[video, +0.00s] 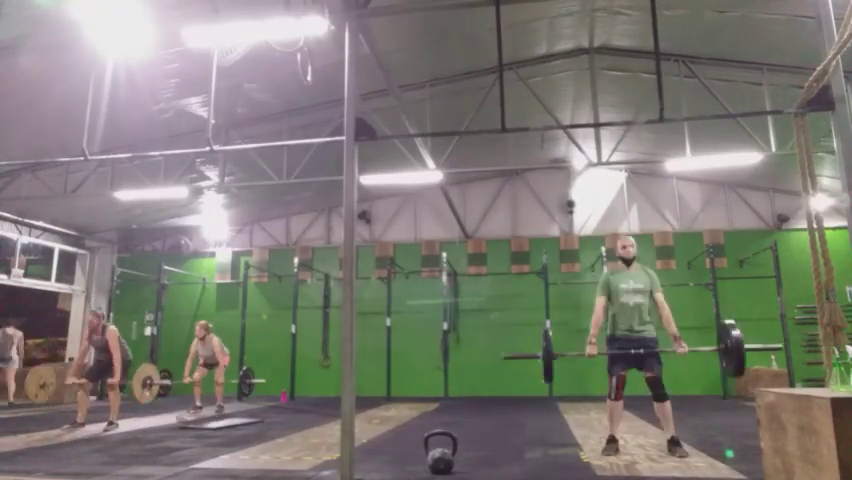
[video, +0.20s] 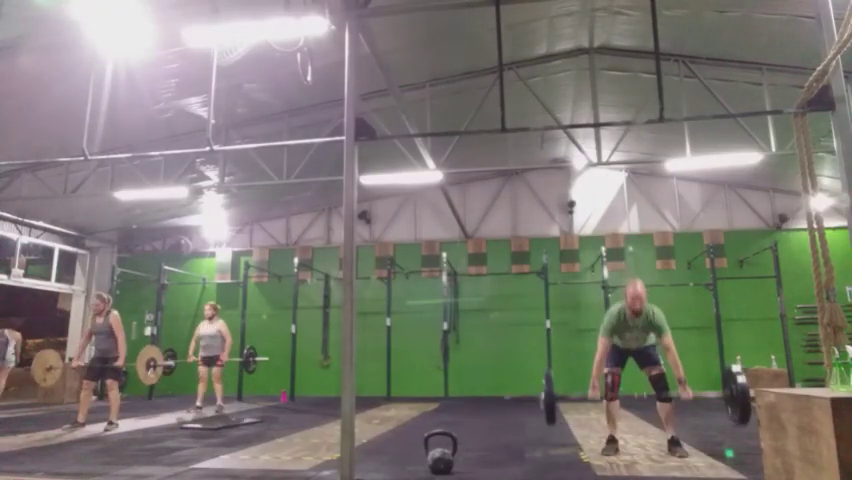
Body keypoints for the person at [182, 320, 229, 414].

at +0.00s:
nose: (197, 332)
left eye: (199, 330)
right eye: (196, 330)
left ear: (205, 331)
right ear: (195, 331)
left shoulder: (214, 340)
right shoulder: (196, 342)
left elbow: (219, 355)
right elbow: (190, 358)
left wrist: (221, 374)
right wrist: (186, 375)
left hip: (218, 360)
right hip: (205, 361)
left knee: (219, 381)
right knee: (196, 378)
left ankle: (219, 403)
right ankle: (198, 404)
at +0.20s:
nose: (206, 312)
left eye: (209, 310)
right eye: (205, 310)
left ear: (214, 311)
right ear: (204, 311)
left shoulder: (220, 324)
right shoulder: (202, 325)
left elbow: (228, 339)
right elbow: (194, 340)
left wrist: (225, 353)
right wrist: (191, 353)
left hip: (217, 354)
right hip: (203, 355)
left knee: (216, 379)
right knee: (202, 378)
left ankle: (219, 402)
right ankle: (199, 402)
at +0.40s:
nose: (201, 331)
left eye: (203, 328)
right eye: (200, 328)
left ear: (209, 329)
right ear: (198, 329)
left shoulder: (217, 338)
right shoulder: (198, 340)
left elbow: (222, 355)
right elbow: (193, 357)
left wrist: (222, 373)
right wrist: (188, 373)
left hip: (219, 359)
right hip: (206, 360)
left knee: (219, 379)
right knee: (198, 377)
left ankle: (219, 403)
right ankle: (198, 404)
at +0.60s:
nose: (198, 343)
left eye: (200, 341)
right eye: (196, 341)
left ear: (206, 341)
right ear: (195, 341)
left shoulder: (215, 349)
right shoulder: (196, 350)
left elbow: (219, 368)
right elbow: (191, 367)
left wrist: (220, 387)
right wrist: (186, 385)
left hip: (218, 365)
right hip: (204, 367)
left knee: (216, 381)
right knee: (195, 379)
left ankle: (219, 403)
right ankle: (197, 403)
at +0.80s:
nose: (206, 312)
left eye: (208, 310)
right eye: (205, 310)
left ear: (214, 312)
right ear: (203, 312)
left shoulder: (219, 323)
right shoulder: (201, 325)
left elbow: (224, 339)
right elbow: (195, 341)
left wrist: (224, 355)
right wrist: (191, 357)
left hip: (217, 354)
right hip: (204, 354)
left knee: (217, 379)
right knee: (202, 379)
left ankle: (219, 403)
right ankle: (198, 403)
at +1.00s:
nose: (202, 319)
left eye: (204, 317)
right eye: (201, 317)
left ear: (211, 319)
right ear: (200, 318)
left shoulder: (217, 330)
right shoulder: (198, 331)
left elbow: (221, 347)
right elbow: (193, 347)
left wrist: (223, 363)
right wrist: (189, 363)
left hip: (217, 357)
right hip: (204, 357)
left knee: (218, 378)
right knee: (199, 376)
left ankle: (219, 403)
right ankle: (198, 403)